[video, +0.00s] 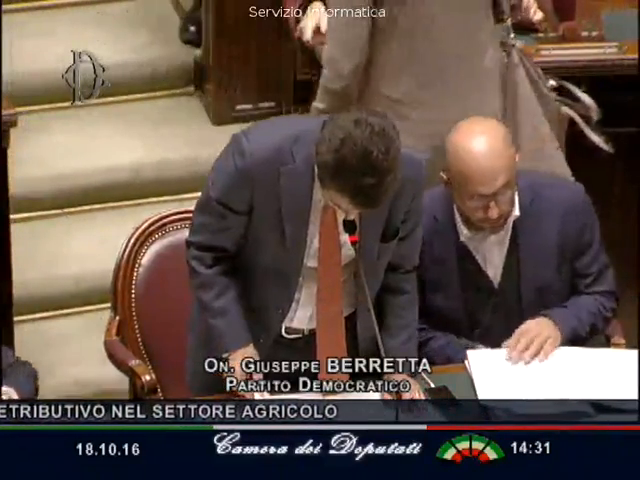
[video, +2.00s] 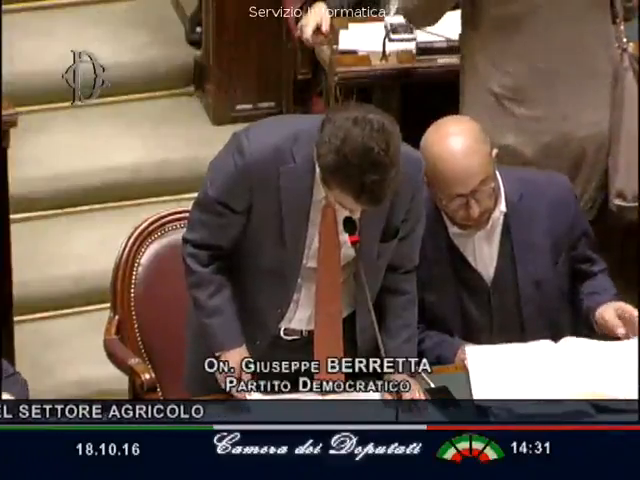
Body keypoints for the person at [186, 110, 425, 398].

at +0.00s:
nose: (349, 215)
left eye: (362, 208)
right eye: (340, 204)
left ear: (388, 178)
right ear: (321, 169)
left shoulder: (406, 176)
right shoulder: (252, 159)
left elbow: (401, 276)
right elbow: (207, 253)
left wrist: (401, 367)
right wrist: (236, 344)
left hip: (348, 337)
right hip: (263, 341)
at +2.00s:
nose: (353, 213)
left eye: (365, 206)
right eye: (343, 202)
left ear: (390, 174)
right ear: (322, 167)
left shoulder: (407, 173)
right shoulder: (253, 158)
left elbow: (401, 275)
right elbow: (202, 250)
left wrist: (401, 367)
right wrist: (229, 346)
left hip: (348, 337)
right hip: (261, 341)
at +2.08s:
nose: (354, 213)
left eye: (365, 206)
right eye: (343, 203)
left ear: (391, 175)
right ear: (323, 167)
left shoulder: (408, 173)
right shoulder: (254, 158)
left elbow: (402, 275)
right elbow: (202, 249)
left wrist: (401, 367)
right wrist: (229, 345)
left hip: (348, 337)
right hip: (262, 341)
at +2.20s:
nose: (354, 214)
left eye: (366, 207)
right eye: (344, 203)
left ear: (392, 175)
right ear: (324, 166)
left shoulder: (409, 174)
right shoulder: (254, 158)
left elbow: (402, 275)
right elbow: (203, 249)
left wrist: (401, 366)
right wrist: (229, 345)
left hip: (347, 337)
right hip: (261, 341)